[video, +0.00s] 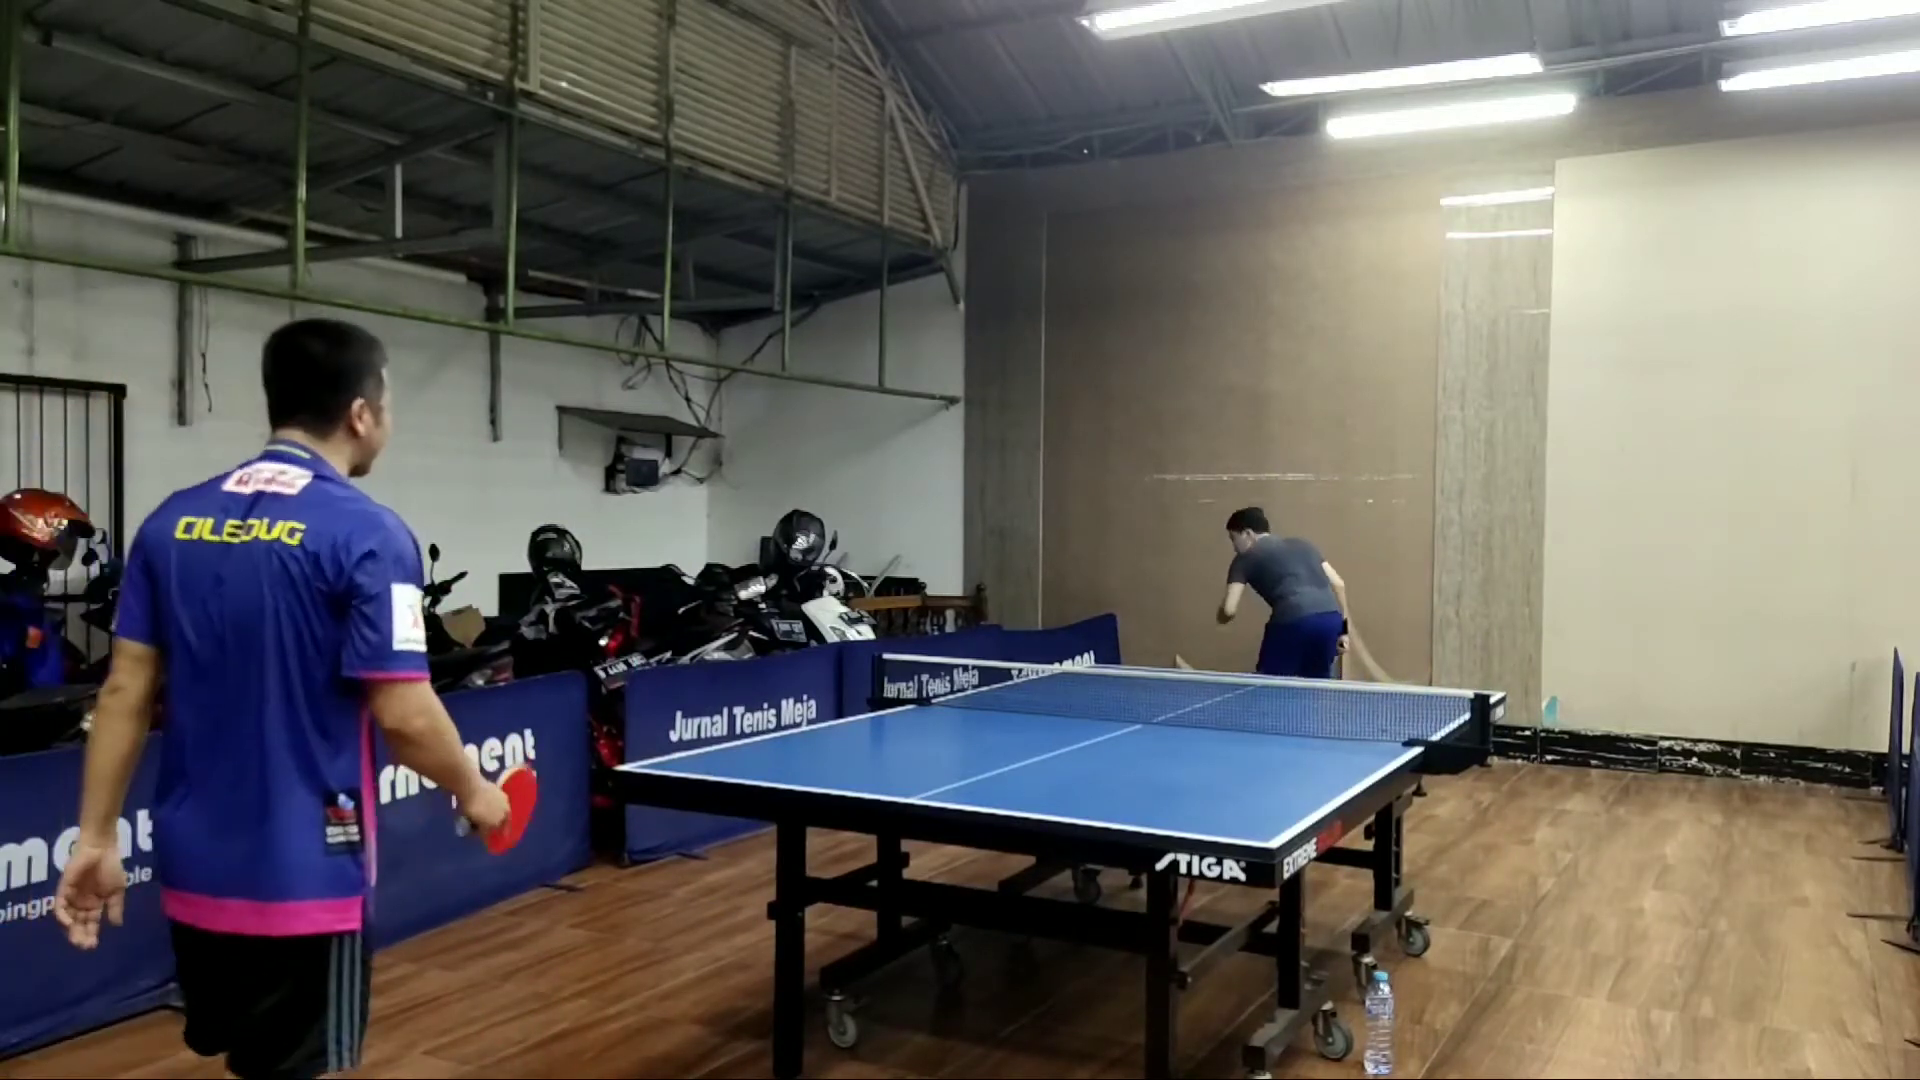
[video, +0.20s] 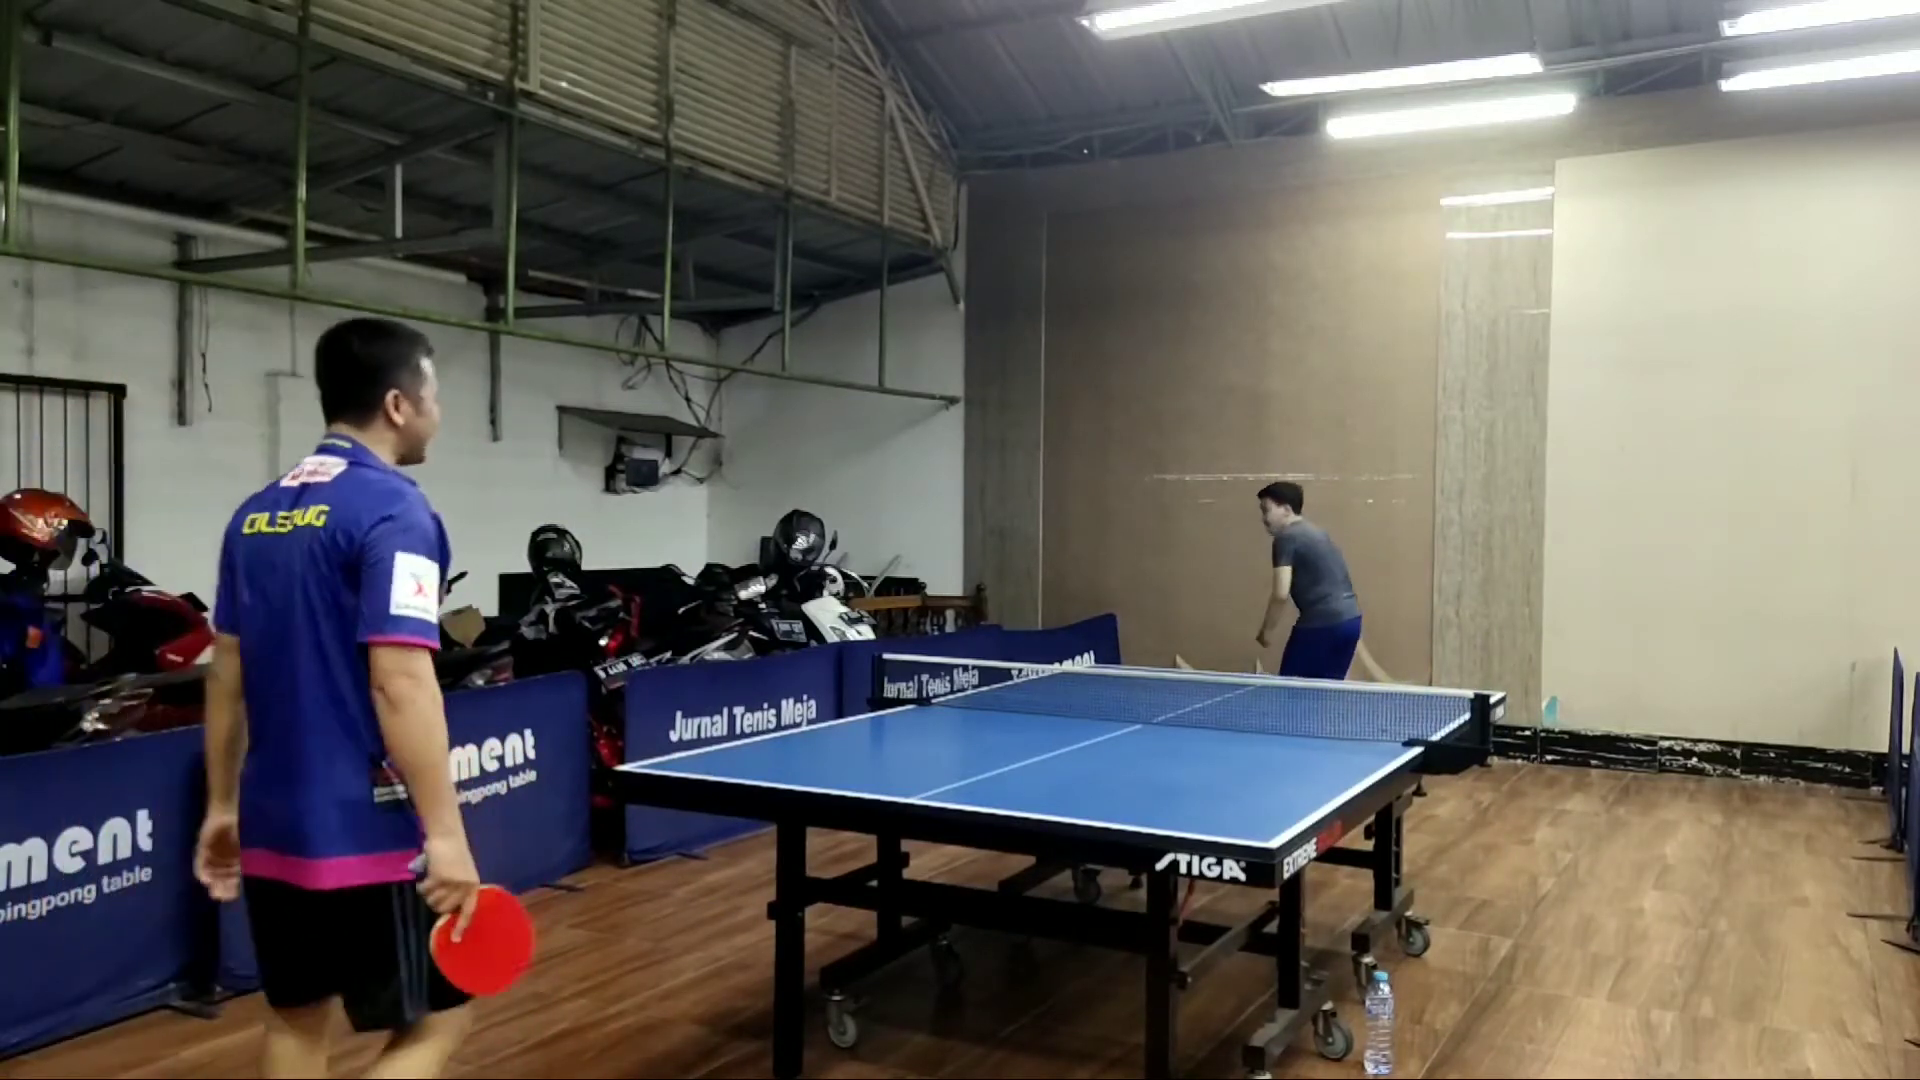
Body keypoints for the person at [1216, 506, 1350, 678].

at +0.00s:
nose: (1233, 546)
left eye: (1233, 538)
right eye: (1231, 539)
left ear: (1248, 534)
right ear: (1266, 530)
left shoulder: (1246, 559)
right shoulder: (1301, 544)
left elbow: (1228, 610)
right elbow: (1338, 584)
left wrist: (1222, 617)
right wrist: (1343, 630)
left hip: (1291, 624)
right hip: (1330, 622)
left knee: (1269, 691)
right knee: (1316, 692)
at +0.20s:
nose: (1263, 518)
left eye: (1266, 510)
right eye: (1262, 511)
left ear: (1285, 509)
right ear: (1287, 509)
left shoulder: (1286, 538)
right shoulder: (1316, 532)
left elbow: (1281, 595)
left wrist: (1266, 631)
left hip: (1319, 625)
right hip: (1348, 622)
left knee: (1290, 692)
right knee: (1325, 694)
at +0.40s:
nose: (1294, 500)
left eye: (1301, 494)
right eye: (1293, 494)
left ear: (1323, 497)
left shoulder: (1327, 528)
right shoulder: (1319, 527)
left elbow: (1324, 585)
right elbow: (1322, 584)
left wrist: (1322, 635)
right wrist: (1310, 619)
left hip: (1352, 617)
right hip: (1343, 615)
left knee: (1315, 683)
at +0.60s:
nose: (1328, 492)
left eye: (1337, 487)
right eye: (1327, 485)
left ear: (1356, 493)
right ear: (1323, 487)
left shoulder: (1365, 523)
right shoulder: (1328, 528)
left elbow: (1380, 571)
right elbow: (1326, 575)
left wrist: (1360, 609)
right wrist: (1303, 614)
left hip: (1372, 620)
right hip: (1343, 619)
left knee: (1365, 688)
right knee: (1332, 686)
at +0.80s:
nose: (1365, 492)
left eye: (1373, 487)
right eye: (1362, 486)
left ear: (1392, 493)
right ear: (1358, 491)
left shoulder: (1405, 528)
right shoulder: (1353, 534)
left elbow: (1416, 574)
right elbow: (1346, 580)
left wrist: (1395, 601)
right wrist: (1326, 616)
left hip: (1404, 635)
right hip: (1364, 632)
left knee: (1420, 708)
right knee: (1340, 705)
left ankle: (1443, 788)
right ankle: (1338, 789)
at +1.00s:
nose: (1407, 492)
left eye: (1416, 486)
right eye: (1403, 486)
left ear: (1434, 492)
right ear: (1398, 491)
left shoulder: (1449, 531)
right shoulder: (1388, 534)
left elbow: (1451, 579)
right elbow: (1371, 579)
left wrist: (1415, 592)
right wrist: (1357, 619)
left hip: (1442, 640)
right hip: (1398, 639)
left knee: (1452, 711)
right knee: (1377, 707)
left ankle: (1449, 791)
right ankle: (1387, 785)